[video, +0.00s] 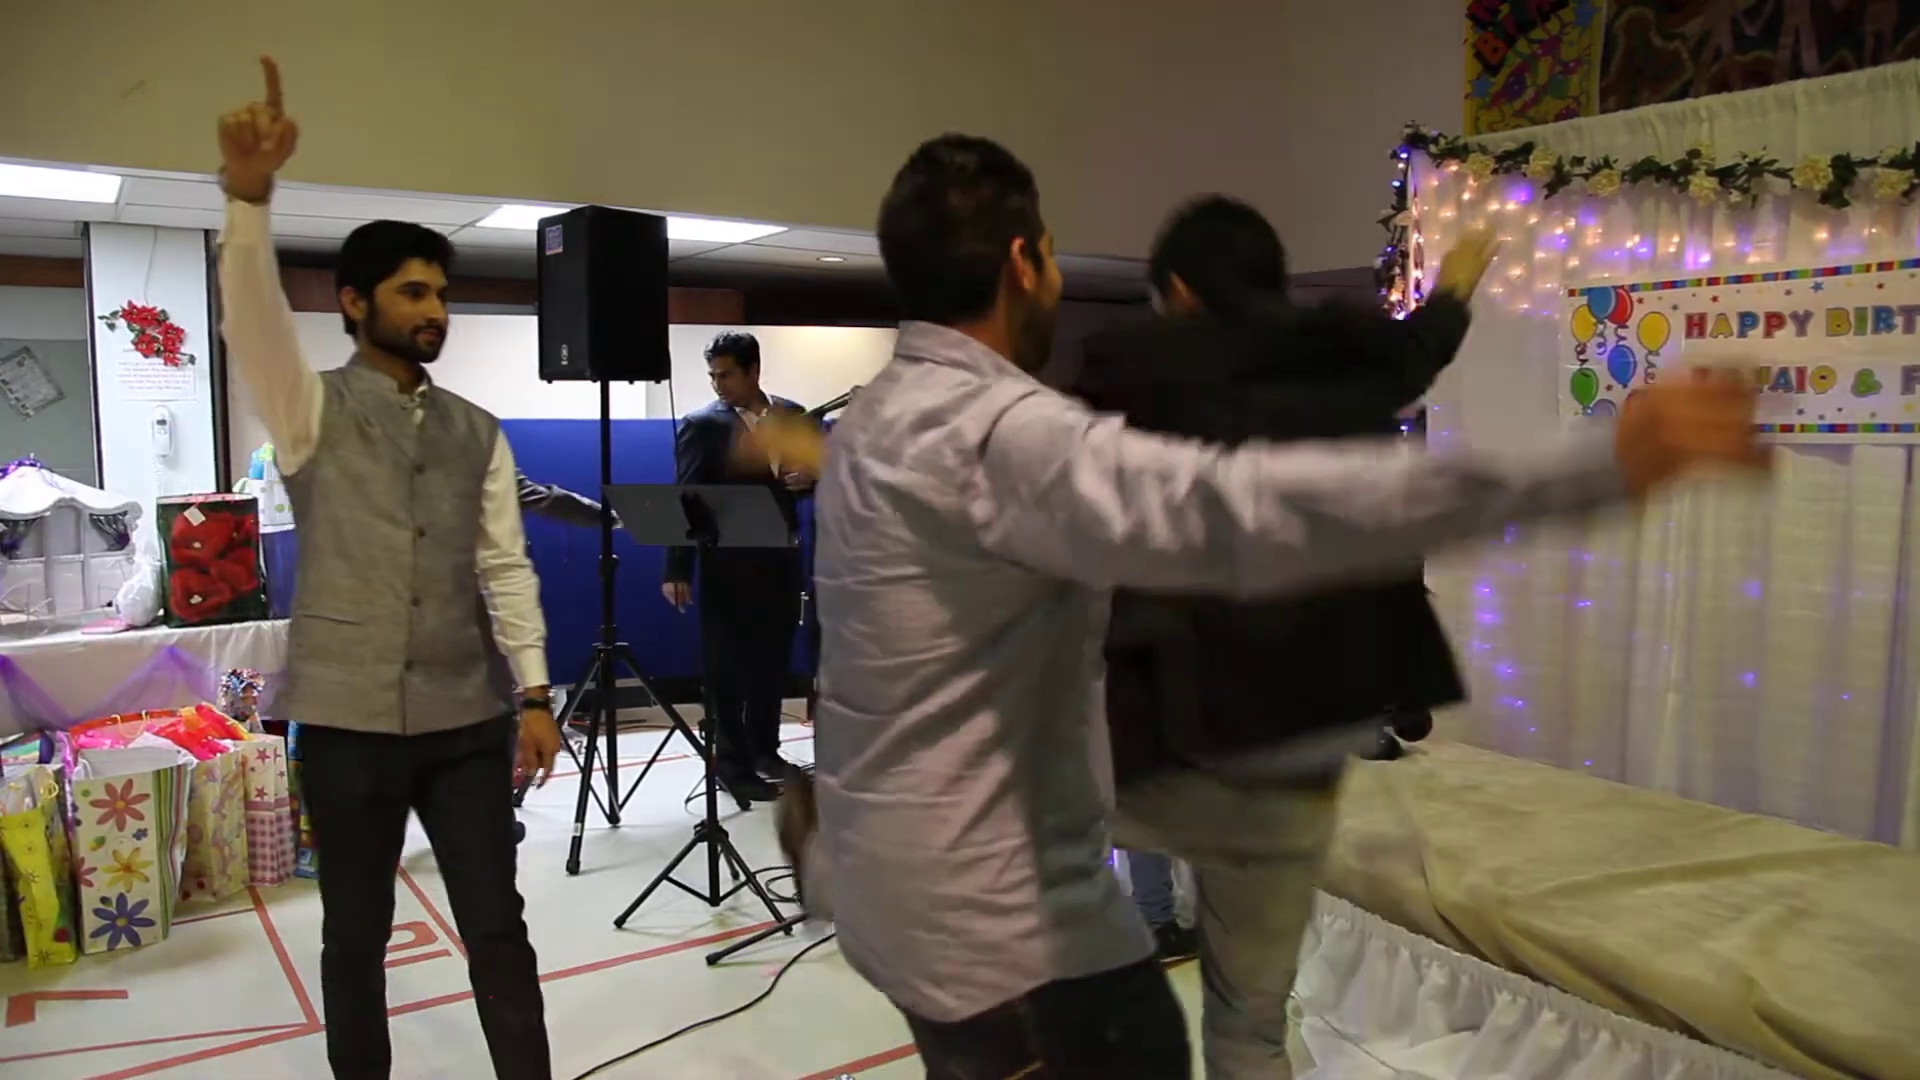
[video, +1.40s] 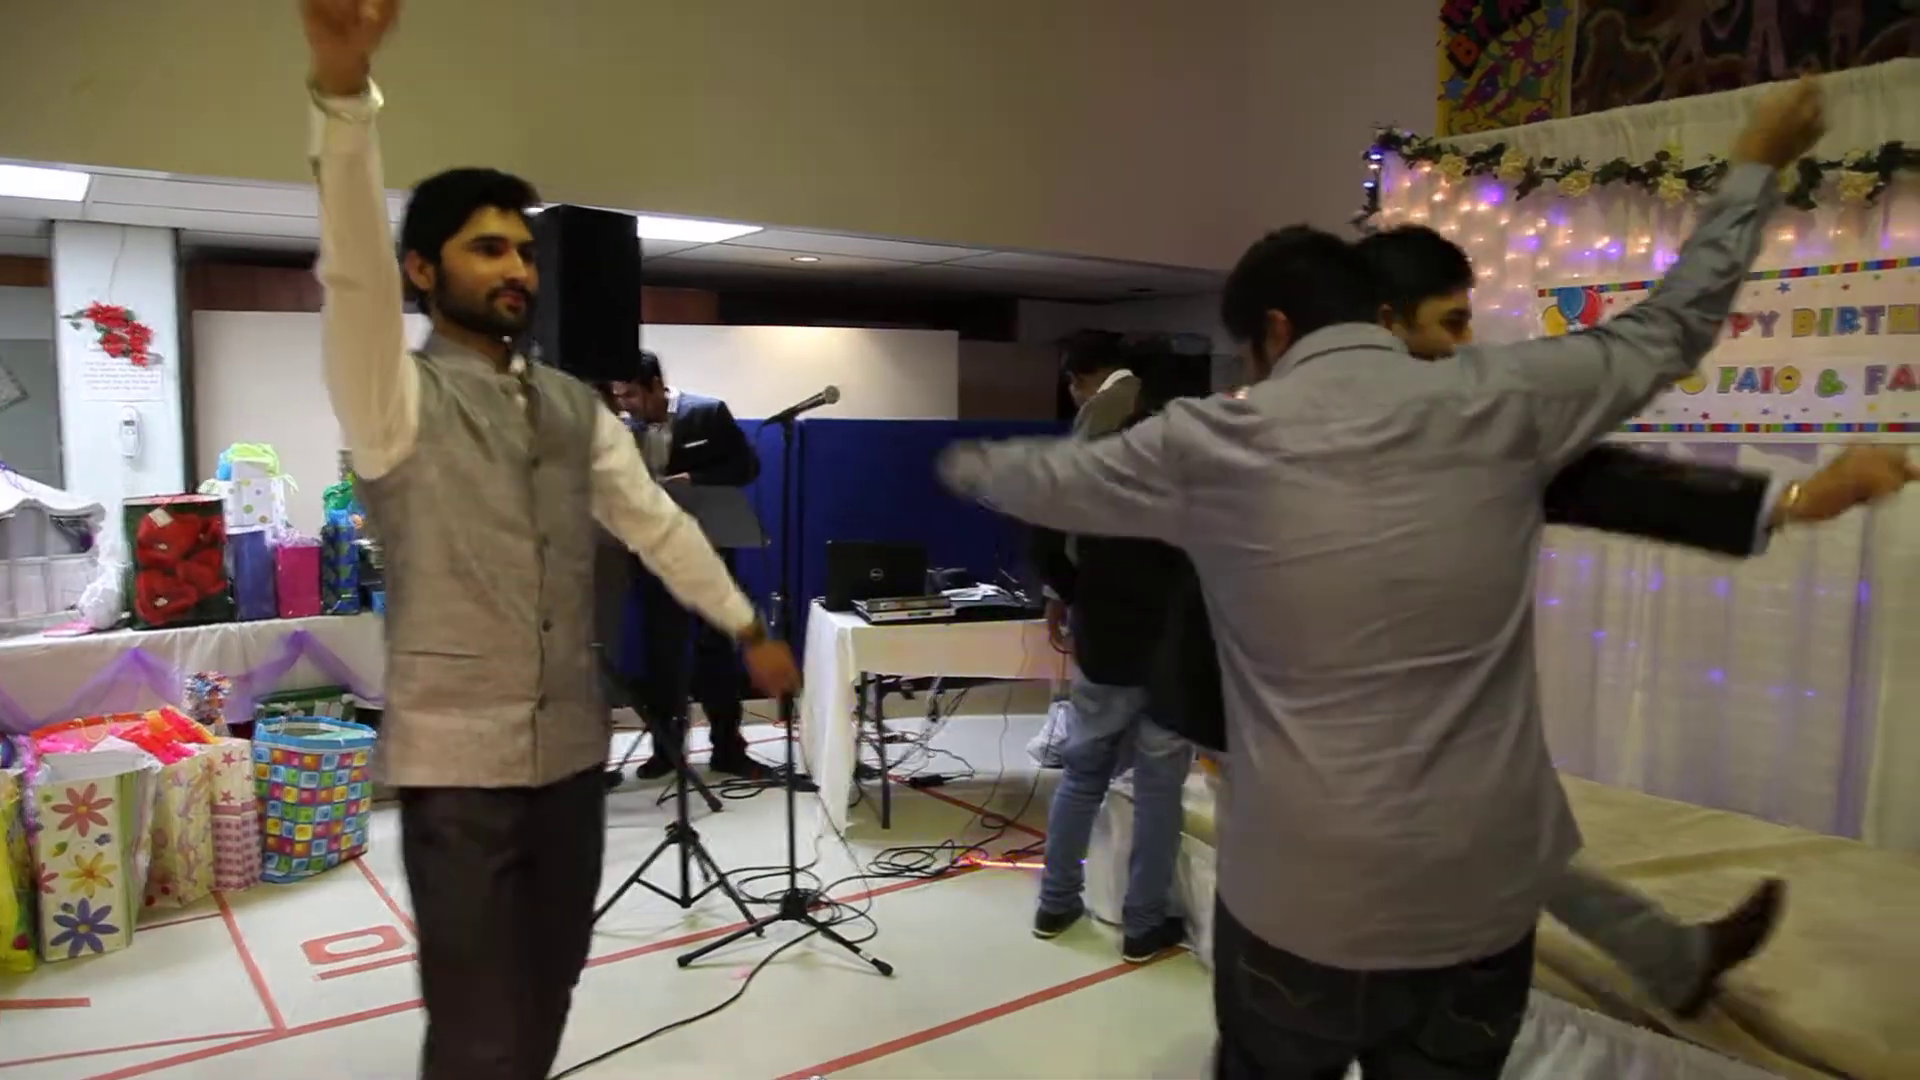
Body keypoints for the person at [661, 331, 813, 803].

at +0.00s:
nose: (716, 384)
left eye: (724, 374)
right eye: (713, 376)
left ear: (752, 371)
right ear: (712, 377)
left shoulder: (793, 420)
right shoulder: (700, 428)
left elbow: (816, 476)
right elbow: (686, 502)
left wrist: (808, 478)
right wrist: (677, 568)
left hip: (778, 565)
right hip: (722, 566)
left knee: (770, 666)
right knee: (726, 668)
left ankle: (765, 754)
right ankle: (732, 767)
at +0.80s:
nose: (674, 396)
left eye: (680, 388)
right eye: (672, 388)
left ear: (709, 384)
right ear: (690, 388)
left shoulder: (764, 413)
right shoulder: (673, 434)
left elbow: (797, 464)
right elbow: (673, 497)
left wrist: (760, 482)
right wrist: (706, 504)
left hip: (759, 553)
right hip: (701, 557)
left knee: (759, 649)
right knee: (699, 648)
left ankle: (756, 751)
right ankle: (695, 751)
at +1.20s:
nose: (650, 407)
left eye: (655, 397)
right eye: (645, 399)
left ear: (683, 387)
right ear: (646, 397)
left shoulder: (736, 415)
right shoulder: (652, 436)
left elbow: (772, 468)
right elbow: (646, 493)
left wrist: (723, 482)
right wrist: (681, 496)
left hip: (738, 557)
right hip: (682, 557)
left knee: (743, 650)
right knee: (686, 649)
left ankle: (753, 749)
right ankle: (692, 747)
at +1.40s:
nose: (625, 405)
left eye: (630, 394)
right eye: (619, 397)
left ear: (657, 386)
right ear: (617, 396)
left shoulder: (707, 415)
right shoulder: (626, 432)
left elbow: (745, 468)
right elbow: (614, 488)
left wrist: (693, 480)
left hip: (711, 550)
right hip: (656, 550)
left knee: (716, 646)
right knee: (661, 647)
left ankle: (727, 748)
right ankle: (666, 748)